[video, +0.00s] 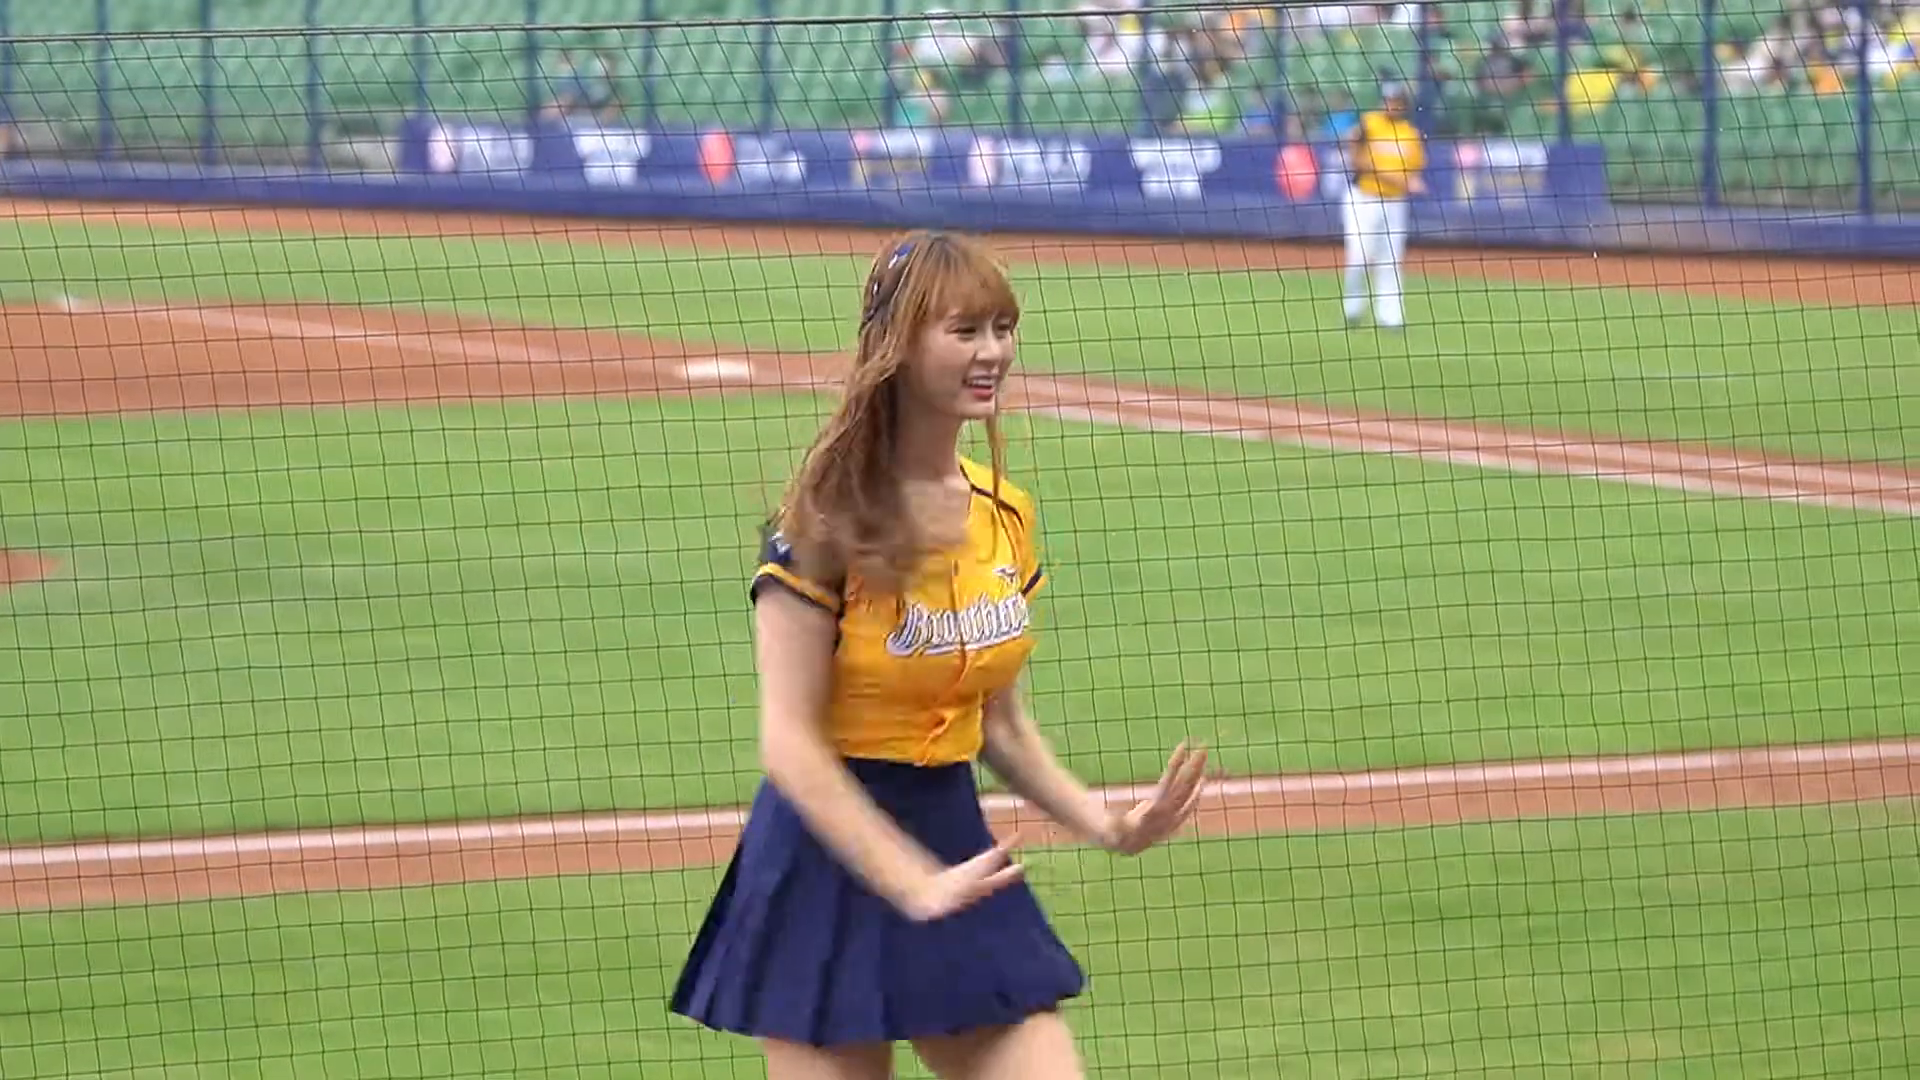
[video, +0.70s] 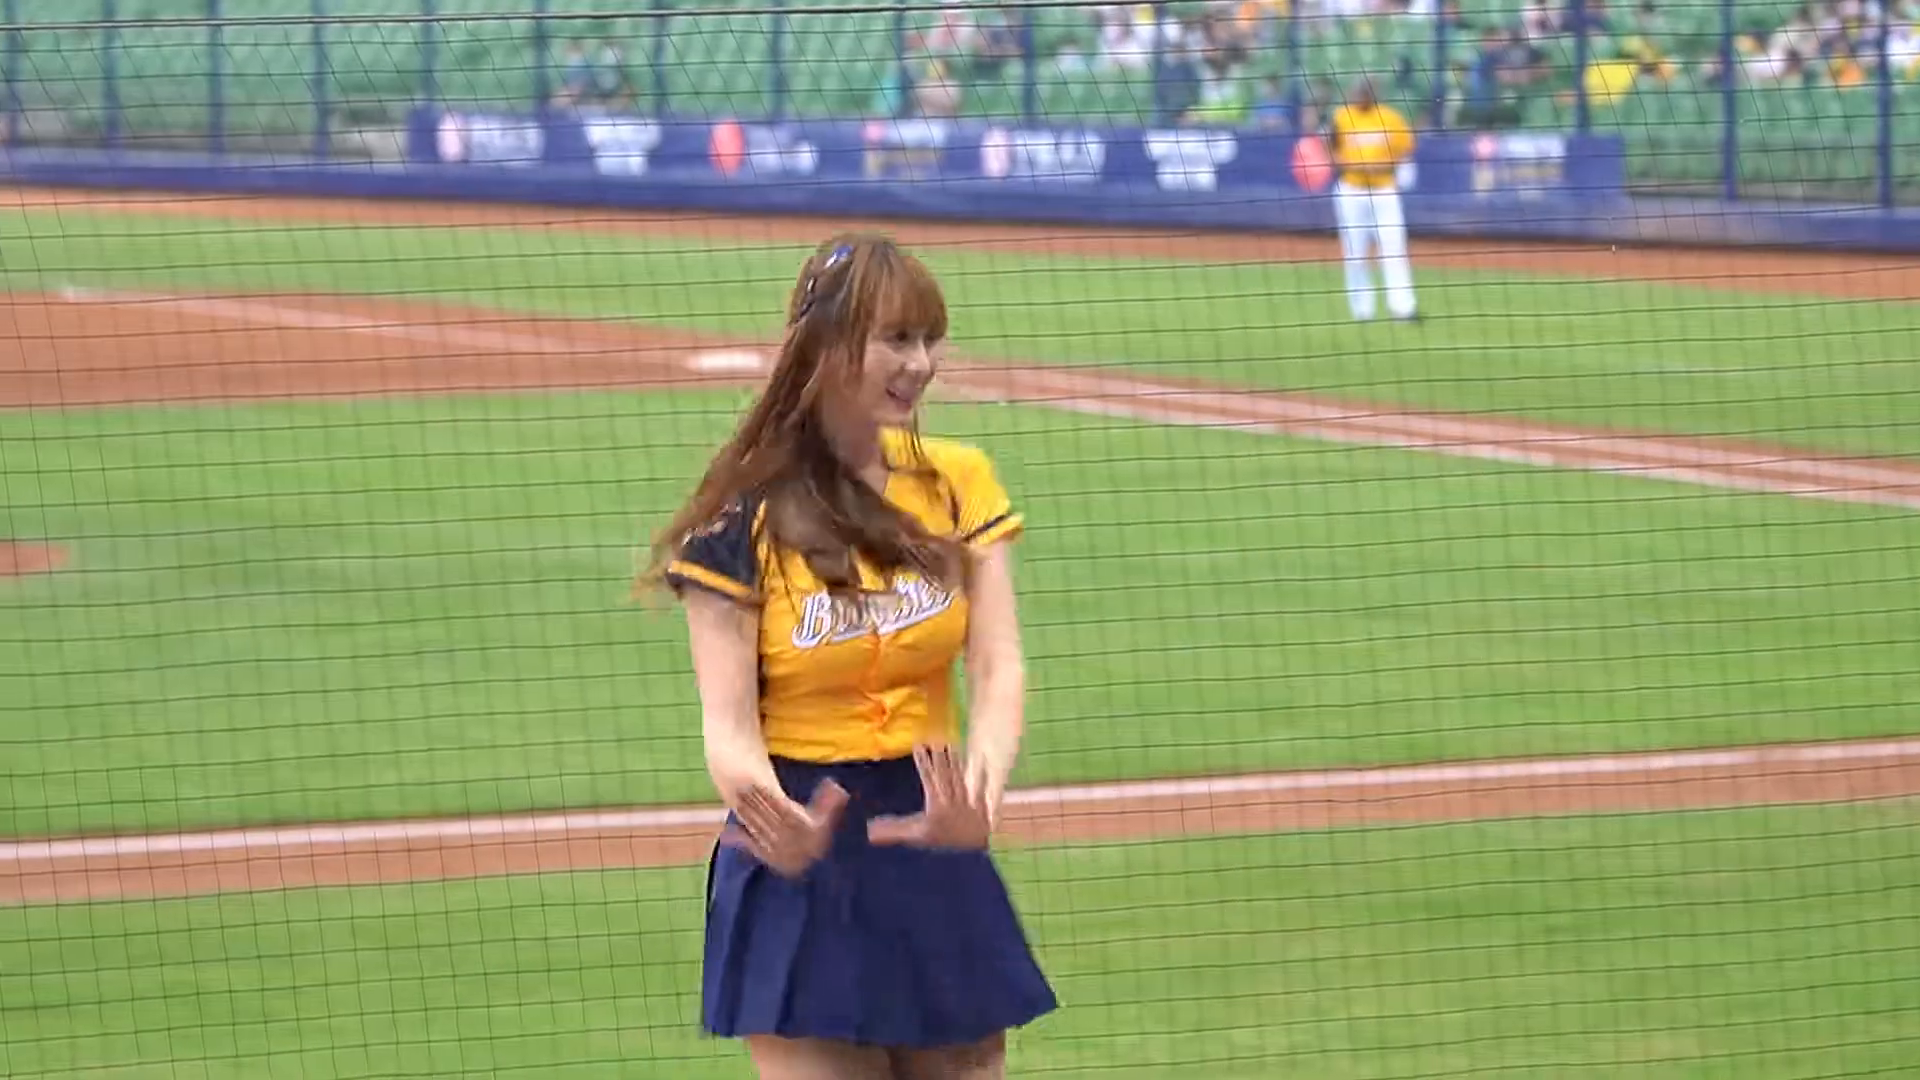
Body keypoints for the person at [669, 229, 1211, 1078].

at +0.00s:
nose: (994, 353)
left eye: (1003, 329)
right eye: (965, 330)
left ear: (1014, 339)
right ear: (895, 344)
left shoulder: (1004, 511)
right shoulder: (825, 519)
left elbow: (998, 715)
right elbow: (787, 741)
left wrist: (1097, 818)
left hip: (950, 830)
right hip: (827, 830)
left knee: (1047, 1061)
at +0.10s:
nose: (1004, 304)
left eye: (1015, 281)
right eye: (974, 283)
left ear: (1029, 293)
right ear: (910, 305)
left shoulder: (1012, 472)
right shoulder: (852, 462)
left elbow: (1080, 658)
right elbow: (887, 665)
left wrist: (1227, 725)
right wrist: (1080, 739)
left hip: (909, 793)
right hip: (783, 792)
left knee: (950, 1061)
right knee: (780, 1065)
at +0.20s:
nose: (1019, 305)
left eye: (1029, 284)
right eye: (989, 284)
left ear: (1040, 303)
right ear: (921, 304)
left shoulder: (1018, 477)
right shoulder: (876, 431)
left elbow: (1175, 598)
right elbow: (989, 585)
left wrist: (1370, 629)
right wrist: (1192, 614)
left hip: (869, 789)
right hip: (749, 776)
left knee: (856, 1062)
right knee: (728, 1064)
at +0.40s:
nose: (995, 318)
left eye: (1005, 296)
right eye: (968, 297)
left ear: (1017, 310)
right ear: (903, 315)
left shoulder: (991, 478)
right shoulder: (860, 459)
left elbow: (1148, 617)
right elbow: (937, 635)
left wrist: (1331, 684)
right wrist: (1145, 662)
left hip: (850, 803)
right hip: (746, 789)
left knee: (851, 1069)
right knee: (739, 1071)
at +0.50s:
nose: (952, 329)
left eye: (963, 305)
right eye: (927, 304)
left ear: (977, 313)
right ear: (856, 313)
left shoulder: (956, 468)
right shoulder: (792, 473)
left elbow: (1027, 652)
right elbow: (803, 684)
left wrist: (1122, 792)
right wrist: (966, 793)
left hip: (885, 813)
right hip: (771, 807)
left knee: (909, 1058)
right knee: (801, 1061)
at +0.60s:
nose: (916, 392)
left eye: (925, 368)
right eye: (894, 367)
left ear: (936, 374)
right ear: (820, 367)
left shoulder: (940, 516)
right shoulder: (739, 533)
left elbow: (980, 713)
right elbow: (736, 753)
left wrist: (998, 856)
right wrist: (853, 883)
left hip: (917, 839)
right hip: (792, 842)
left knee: (963, 1057)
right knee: (818, 1057)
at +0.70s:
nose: (922, 364)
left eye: (930, 339)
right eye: (897, 339)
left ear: (939, 350)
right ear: (823, 349)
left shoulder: (959, 481)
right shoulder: (737, 521)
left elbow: (998, 664)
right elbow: (730, 724)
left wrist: (978, 799)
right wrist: (778, 825)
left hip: (937, 826)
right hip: (799, 834)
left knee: (966, 1058)